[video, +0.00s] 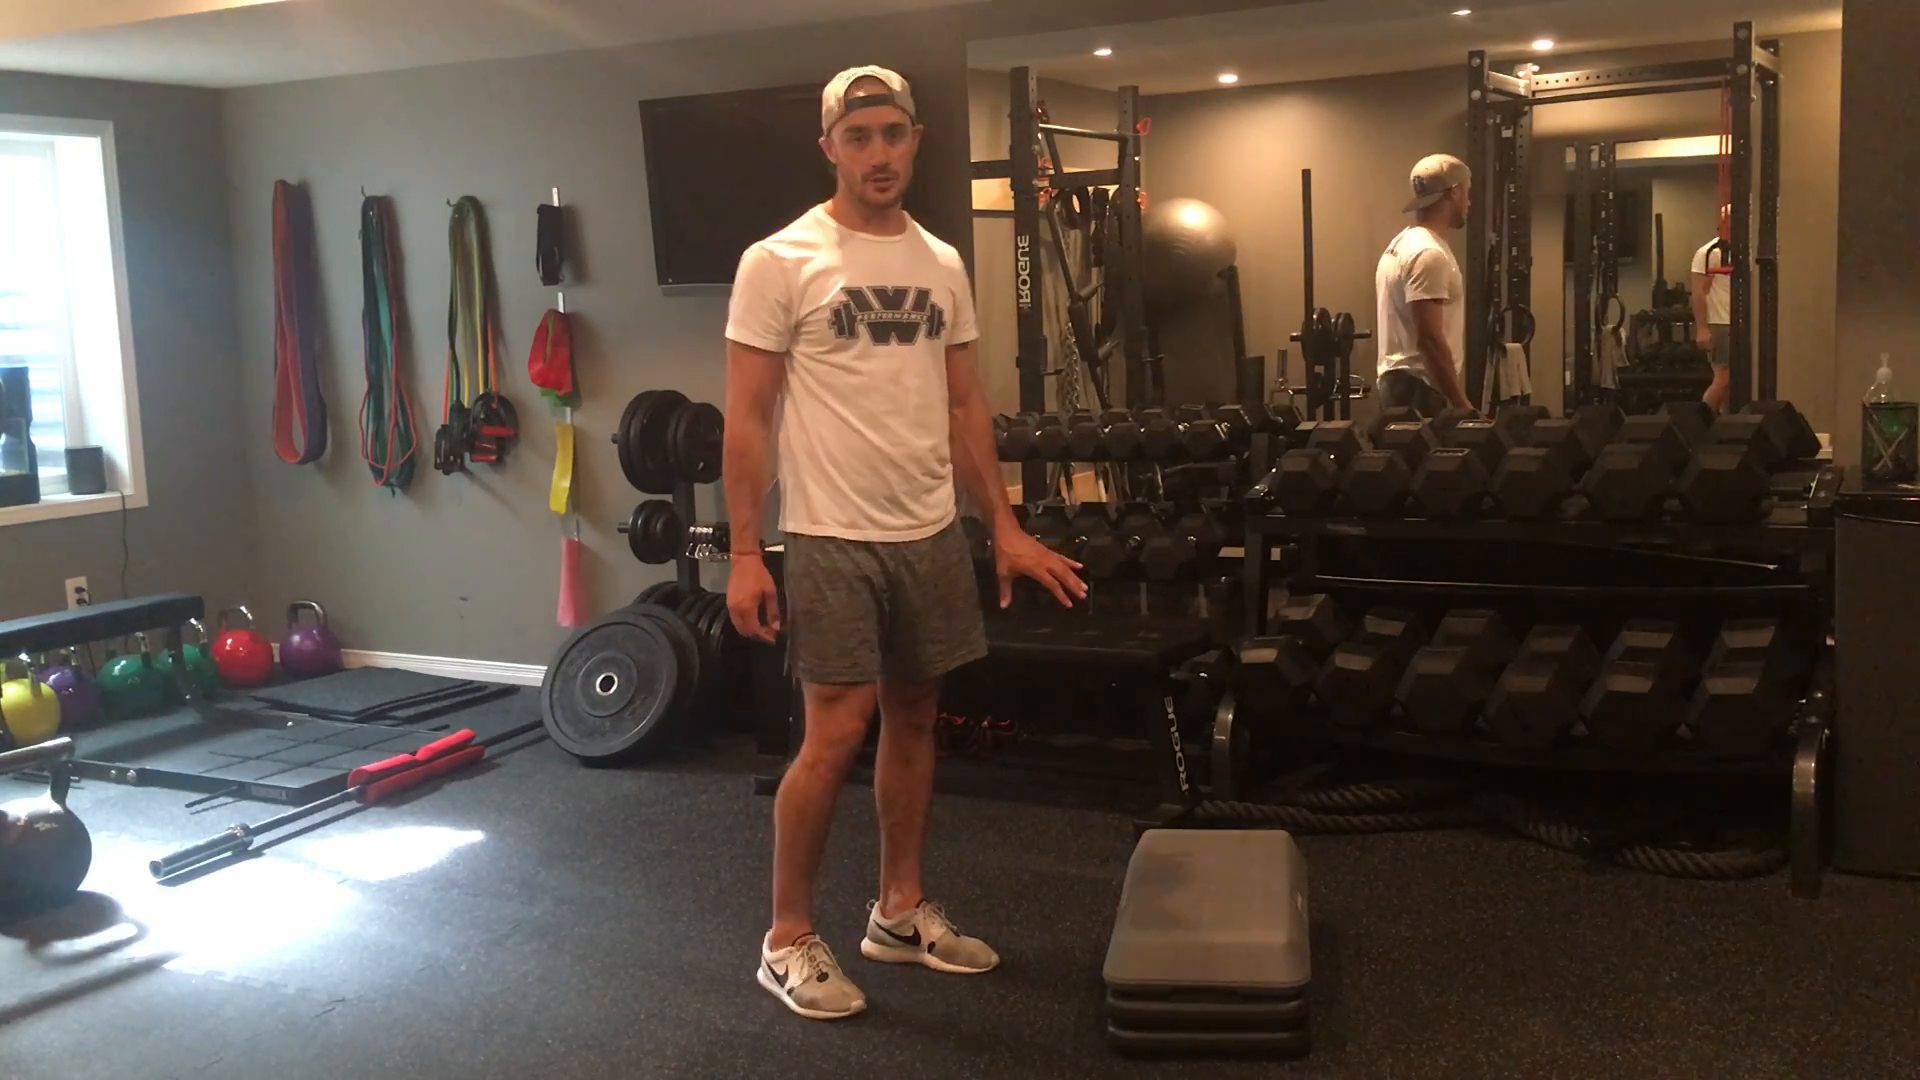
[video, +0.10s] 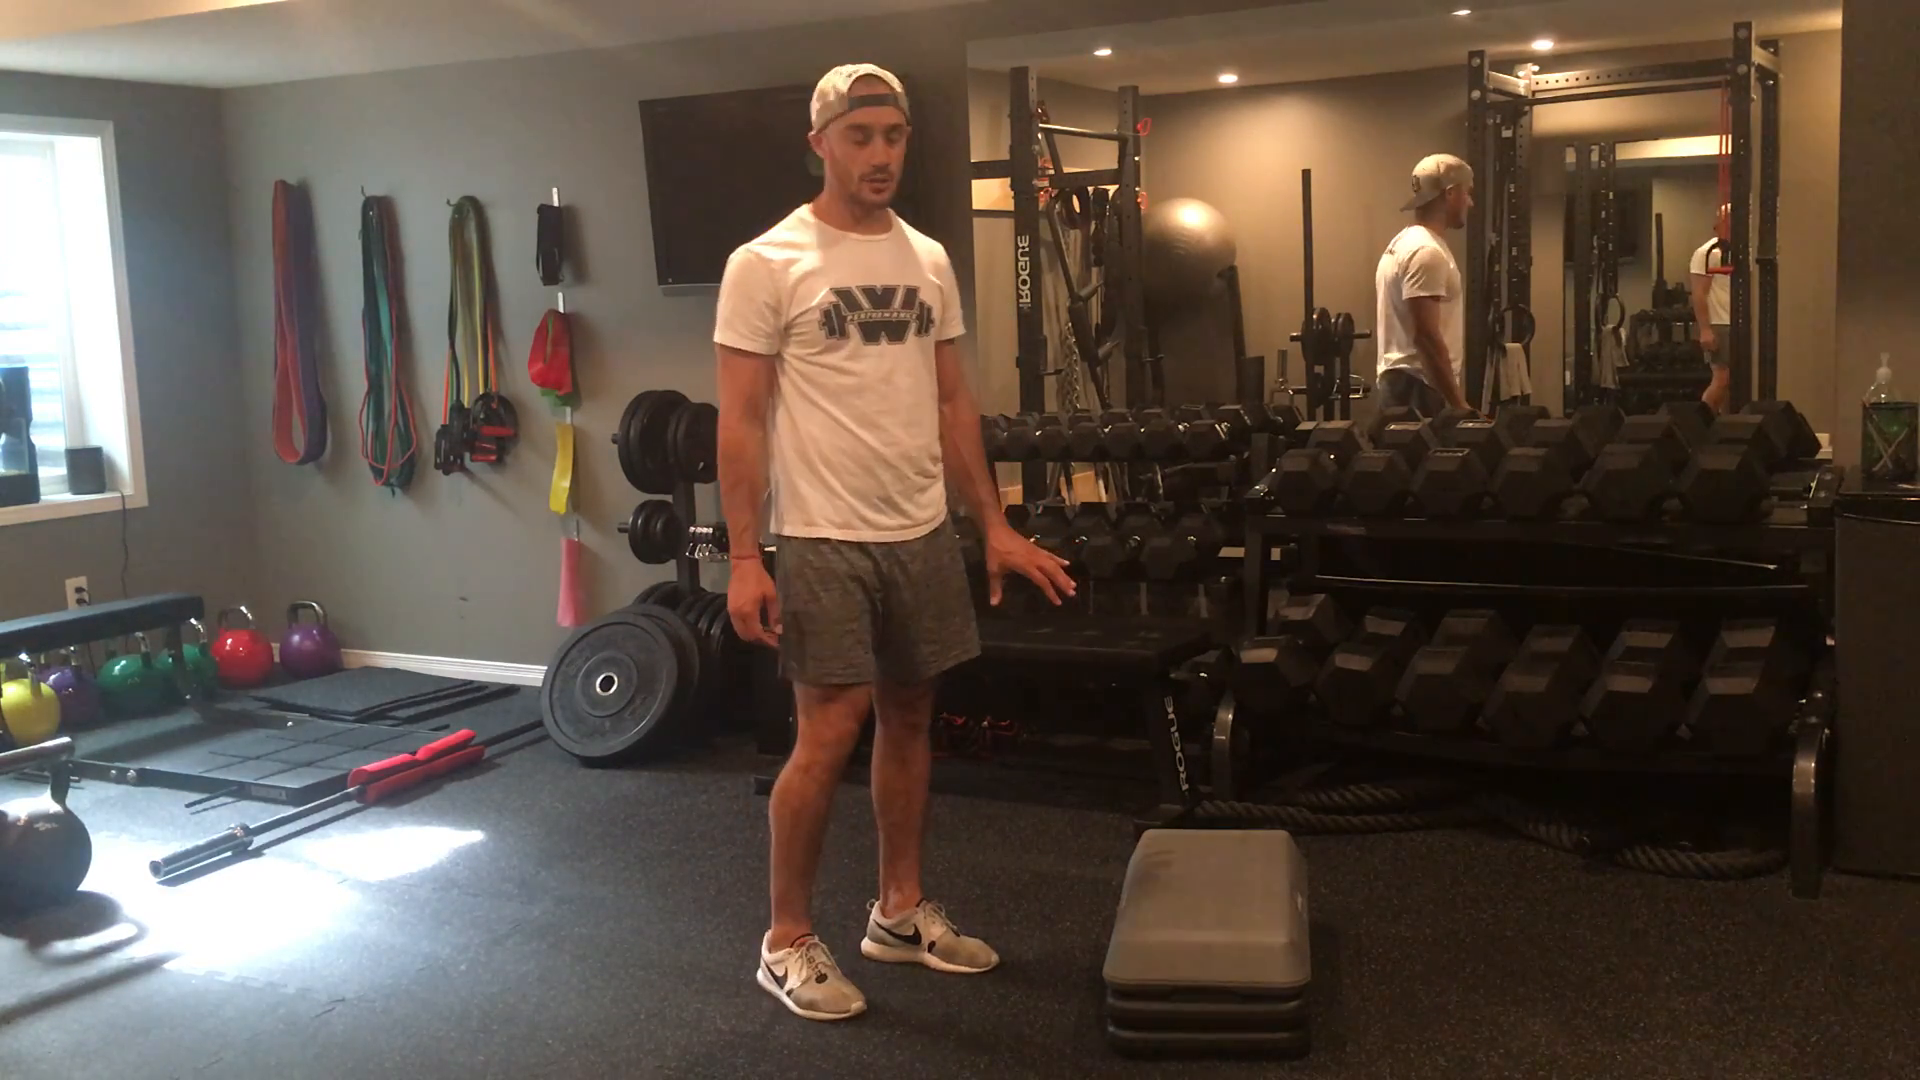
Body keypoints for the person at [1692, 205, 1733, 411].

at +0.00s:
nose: (1733, 227)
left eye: (1736, 221)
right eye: (1730, 221)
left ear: (1740, 224)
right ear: (1722, 223)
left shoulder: (1743, 252)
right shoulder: (1708, 253)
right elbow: (1698, 293)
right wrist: (1702, 327)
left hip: (1739, 325)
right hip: (1719, 325)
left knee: (1731, 381)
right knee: (1722, 379)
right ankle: (1700, 422)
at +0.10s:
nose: (1732, 225)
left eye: (1734, 220)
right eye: (1727, 220)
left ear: (1739, 223)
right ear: (1718, 224)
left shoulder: (1741, 252)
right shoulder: (1707, 253)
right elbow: (1699, 293)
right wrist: (1705, 328)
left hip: (1738, 326)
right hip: (1719, 325)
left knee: (1730, 381)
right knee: (1721, 379)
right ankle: (1699, 422)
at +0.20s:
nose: (1736, 226)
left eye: (1737, 220)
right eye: (1732, 220)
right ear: (1723, 222)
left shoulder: (1737, 251)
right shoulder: (1705, 253)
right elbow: (1698, 295)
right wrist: (1708, 329)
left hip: (1736, 325)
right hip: (1720, 325)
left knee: (1730, 383)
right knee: (1719, 381)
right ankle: (1698, 424)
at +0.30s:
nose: (1737, 228)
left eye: (1738, 222)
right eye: (1734, 222)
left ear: (1724, 221)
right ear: (1724, 221)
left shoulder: (1735, 251)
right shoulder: (1705, 252)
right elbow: (1699, 296)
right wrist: (1710, 330)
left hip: (1735, 325)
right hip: (1719, 326)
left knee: (1726, 384)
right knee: (1715, 382)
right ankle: (1696, 426)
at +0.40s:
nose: (1737, 228)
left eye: (1738, 223)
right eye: (1734, 223)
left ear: (1724, 223)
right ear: (1725, 223)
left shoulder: (1730, 252)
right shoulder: (1708, 251)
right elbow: (1701, 295)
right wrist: (1712, 330)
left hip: (1728, 324)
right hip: (1713, 325)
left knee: (1726, 382)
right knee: (1712, 381)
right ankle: (1698, 425)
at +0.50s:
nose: (1737, 228)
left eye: (1737, 223)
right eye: (1735, 223)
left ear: (1724, 222)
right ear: (1727, 222)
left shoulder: (1727, 251)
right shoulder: (1714, 250)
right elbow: (1705, 294)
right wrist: (1715, 330)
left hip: (1725, 322)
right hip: (1711, 324)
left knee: (1728, 379)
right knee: (1709, 379)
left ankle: (1727, 424)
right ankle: (1698, 424)